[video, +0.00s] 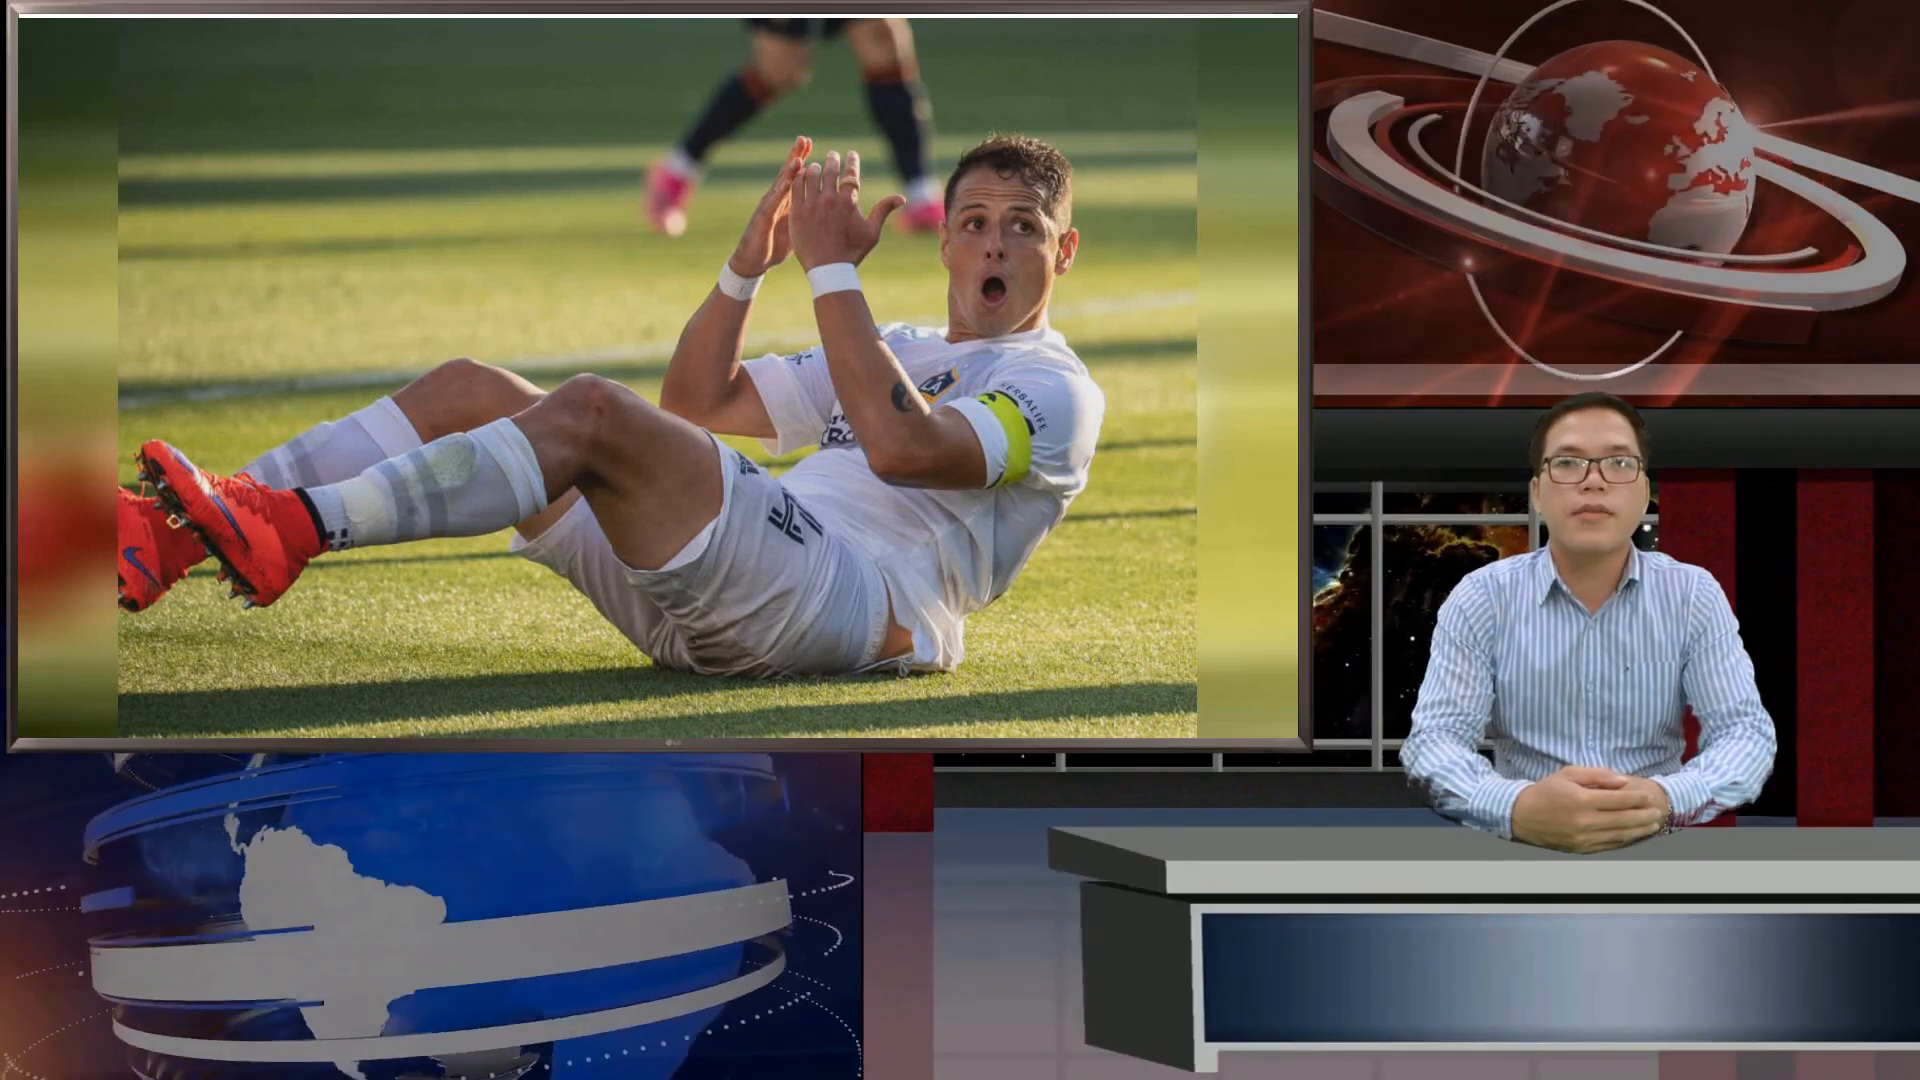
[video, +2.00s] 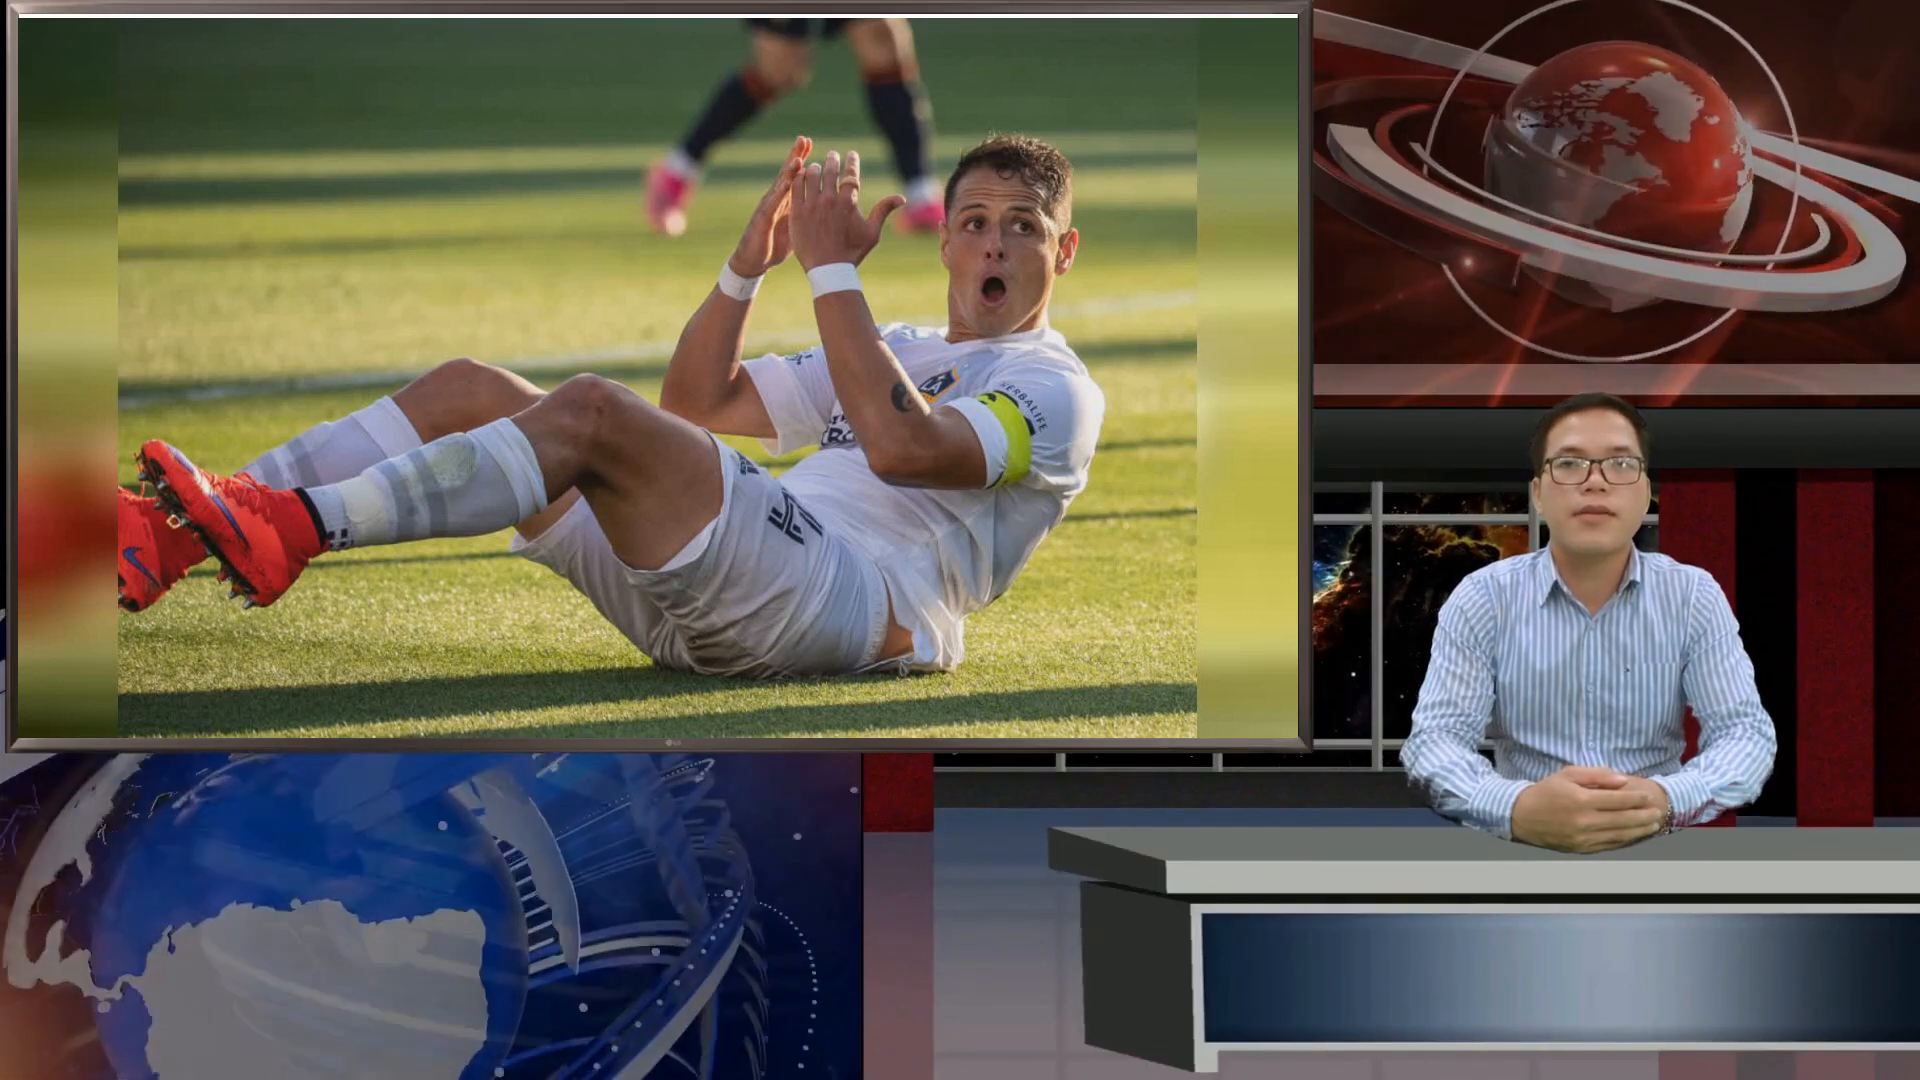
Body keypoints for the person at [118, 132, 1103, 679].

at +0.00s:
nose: (995, 246)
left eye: (1022, 230)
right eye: (976, 224)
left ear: (1065, 258)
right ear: (943, 240)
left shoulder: (1055, 389)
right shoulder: (892, 358)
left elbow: (902, 447)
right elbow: (695, 404)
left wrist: (833, 270)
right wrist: (747, 270)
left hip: (840, 603)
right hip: (732, 571)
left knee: (592, 413)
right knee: (468, 389)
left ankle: (300, 524)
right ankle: (180, 539)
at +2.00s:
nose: (995, 246)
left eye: (1022, 230)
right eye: (975, 224)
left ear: (1065, 257)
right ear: (942, 241)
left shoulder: (1055, 389)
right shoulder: (892, 358)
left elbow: (902, 447)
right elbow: (695, 405)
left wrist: (833, 270)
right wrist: (747, 270)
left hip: (841, 603)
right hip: (733, 573)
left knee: (592, 413)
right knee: (468, 389)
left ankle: (299, 525)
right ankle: (180, 538)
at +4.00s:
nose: (996, 246)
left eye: (1023, 229)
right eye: (977, 223)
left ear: (1066, 257)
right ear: (943, 241)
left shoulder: (1056, 389)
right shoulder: (892, 358)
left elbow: (901, 447)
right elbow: (695, 405)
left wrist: (833, 268)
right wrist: (747, 269)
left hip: (840, 604)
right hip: (732, 572)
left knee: (593, 413)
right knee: (467, 389)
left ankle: (300, 524)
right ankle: (175, 541)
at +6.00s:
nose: (995, 246)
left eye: (1022, 230)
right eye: (975, 224)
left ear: (1065, 257)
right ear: (942, 242)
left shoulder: (1054, 389)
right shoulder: (893, 359)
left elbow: (901, 447)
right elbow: (695, 404)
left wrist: (833, 270)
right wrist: (746, 270)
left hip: (842, 602)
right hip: (734, 572)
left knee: (592, 413)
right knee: (468, 389)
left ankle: (300, 524)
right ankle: (174, 542)